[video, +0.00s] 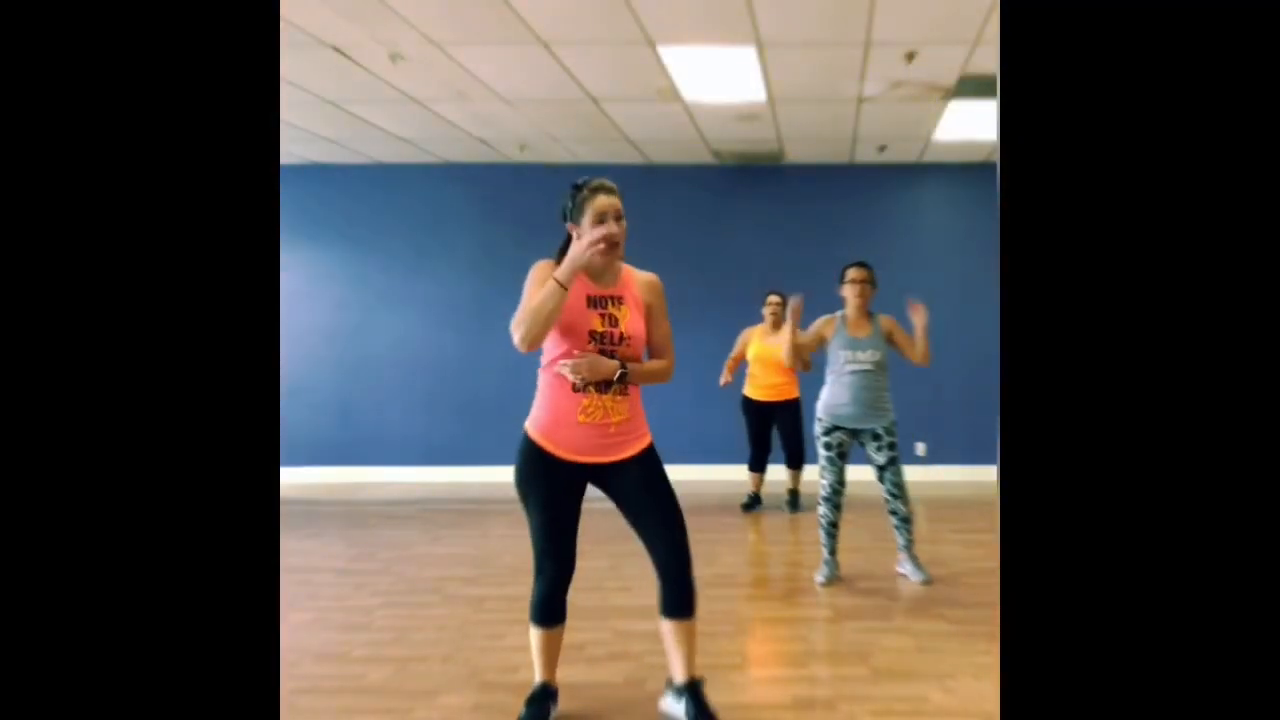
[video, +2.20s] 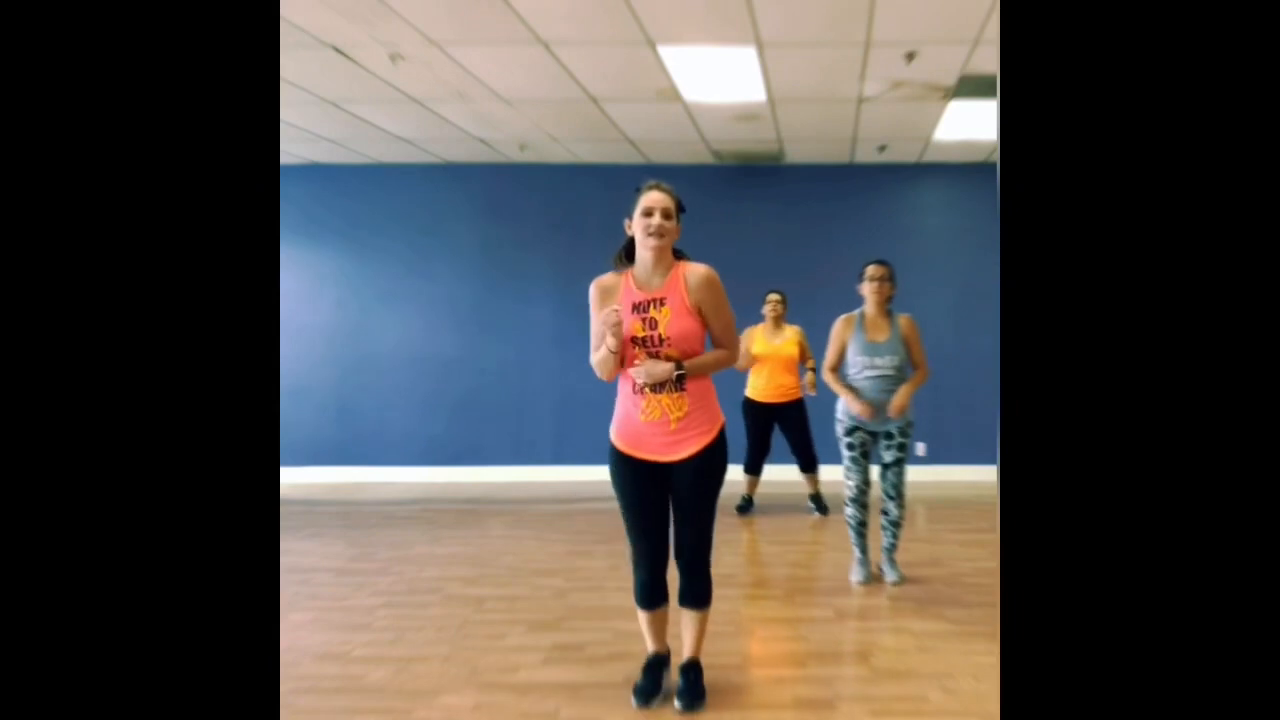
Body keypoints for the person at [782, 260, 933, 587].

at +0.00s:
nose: (858, 288)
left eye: (864, 283)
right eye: (852, 282)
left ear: (873, 289)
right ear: (842, 289)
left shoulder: (885, 324)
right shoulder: (828, 324)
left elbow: (920, 358)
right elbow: (796, 357)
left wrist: (920, 327)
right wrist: (793, 324)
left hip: (877, 420)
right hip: (834, 419)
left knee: (894, 488)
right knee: (831, 491)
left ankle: (906, 557)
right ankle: (828, 560)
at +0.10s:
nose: (867, 288)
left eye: (873, 282)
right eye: (861, 282)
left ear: (882, 290)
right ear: (850, 290)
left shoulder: (895, 326)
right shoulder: (836, 327)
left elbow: (916, 365)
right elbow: (818, 370)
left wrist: (930, 364)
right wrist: (803, 366)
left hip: (888, 421)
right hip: (844, 421)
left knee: (900, 491)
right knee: (838, 491)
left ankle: (907, 558)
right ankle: (829, 560)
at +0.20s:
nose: (877, 288)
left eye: (883, 282)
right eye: (870, 282)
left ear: (892, 289)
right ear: (860, 290)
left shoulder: (904, 325)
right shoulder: (846, 328)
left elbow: (921, 366)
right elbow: (837, 372)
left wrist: (932, 390)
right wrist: (826, 399)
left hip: (899, 421)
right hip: (855, 421)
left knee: (907, 491)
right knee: (844, 490)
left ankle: (908, 558)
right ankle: (831, 559)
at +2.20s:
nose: (878, 285)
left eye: (884, 279)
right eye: (872, 280)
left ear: (892, 287)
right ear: (861, 286)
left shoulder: (904, 325)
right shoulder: (845, 324)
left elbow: (921, 369)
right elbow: (828, 370)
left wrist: (905, 392)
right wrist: (852, 400)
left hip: (894, 418)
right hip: (854, 418)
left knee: (893, 491)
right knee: (857, 490)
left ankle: (889, 557)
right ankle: (860, 558)